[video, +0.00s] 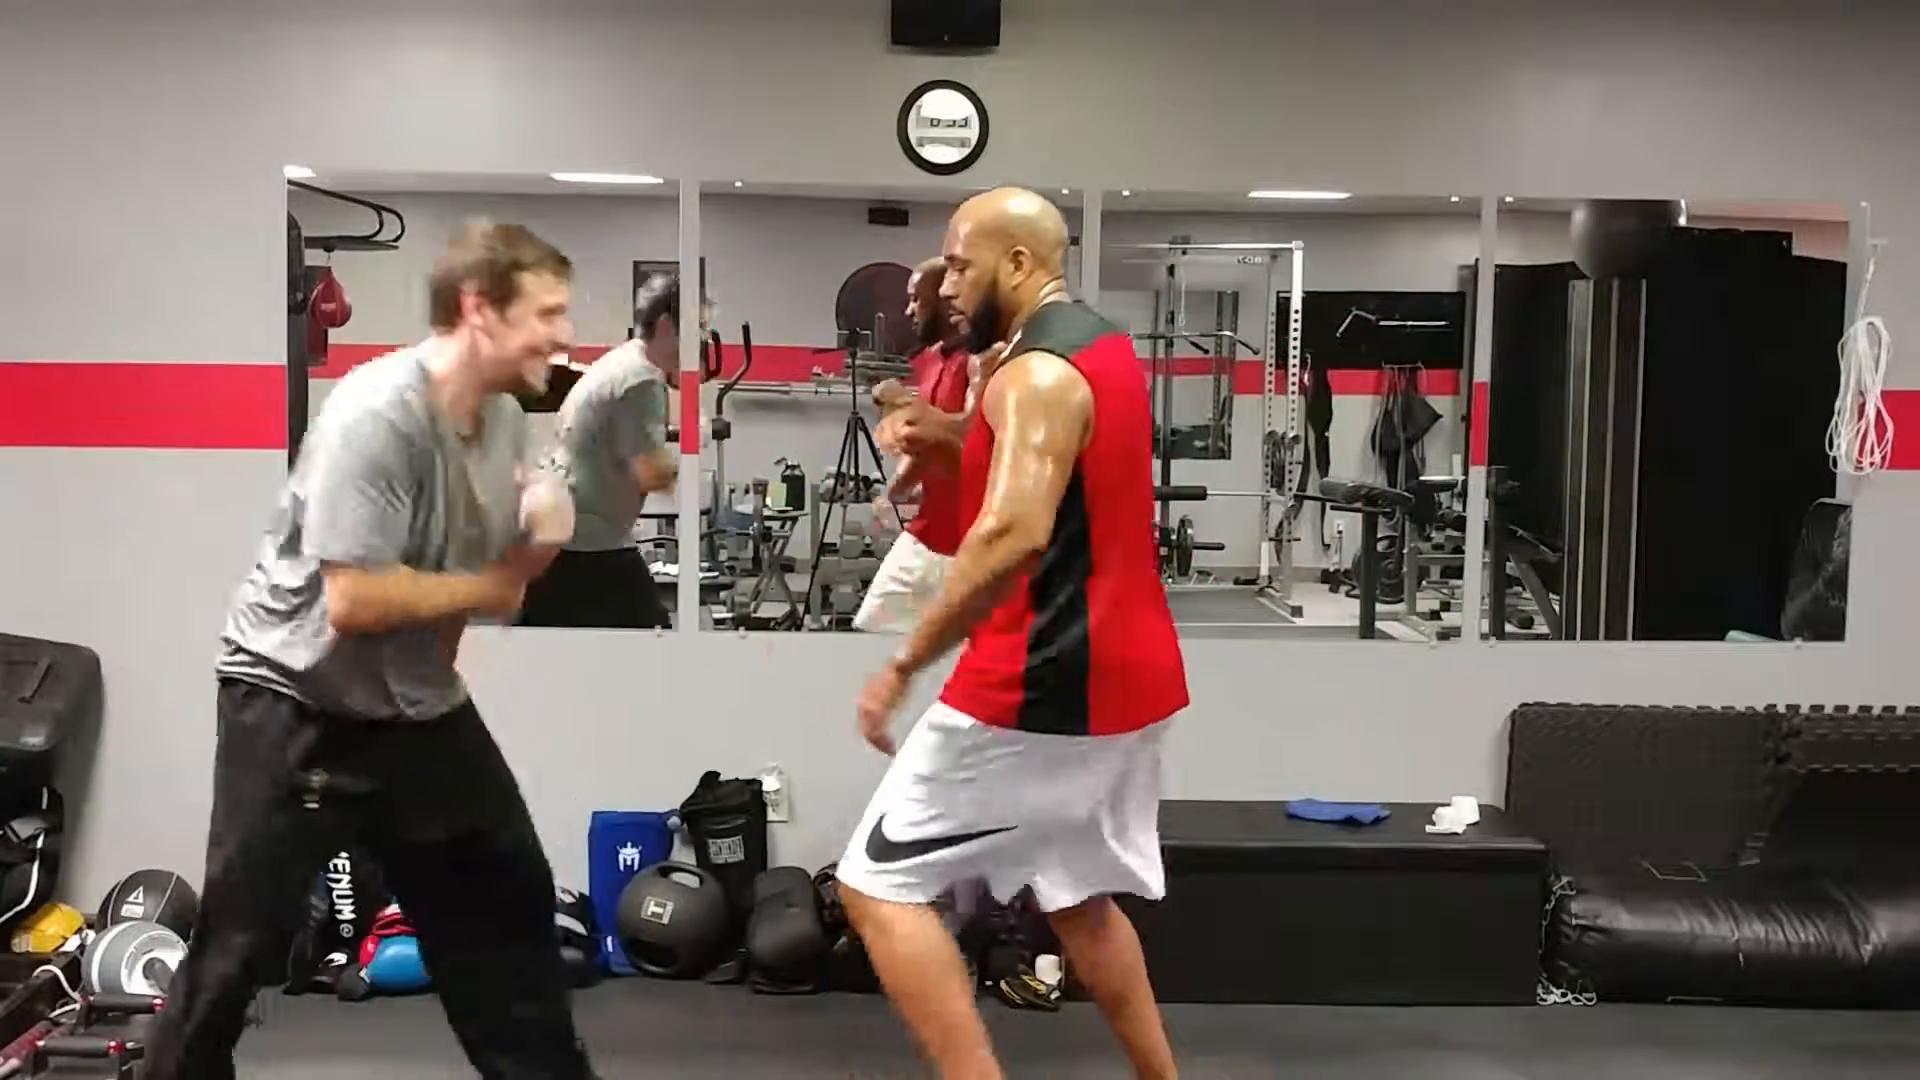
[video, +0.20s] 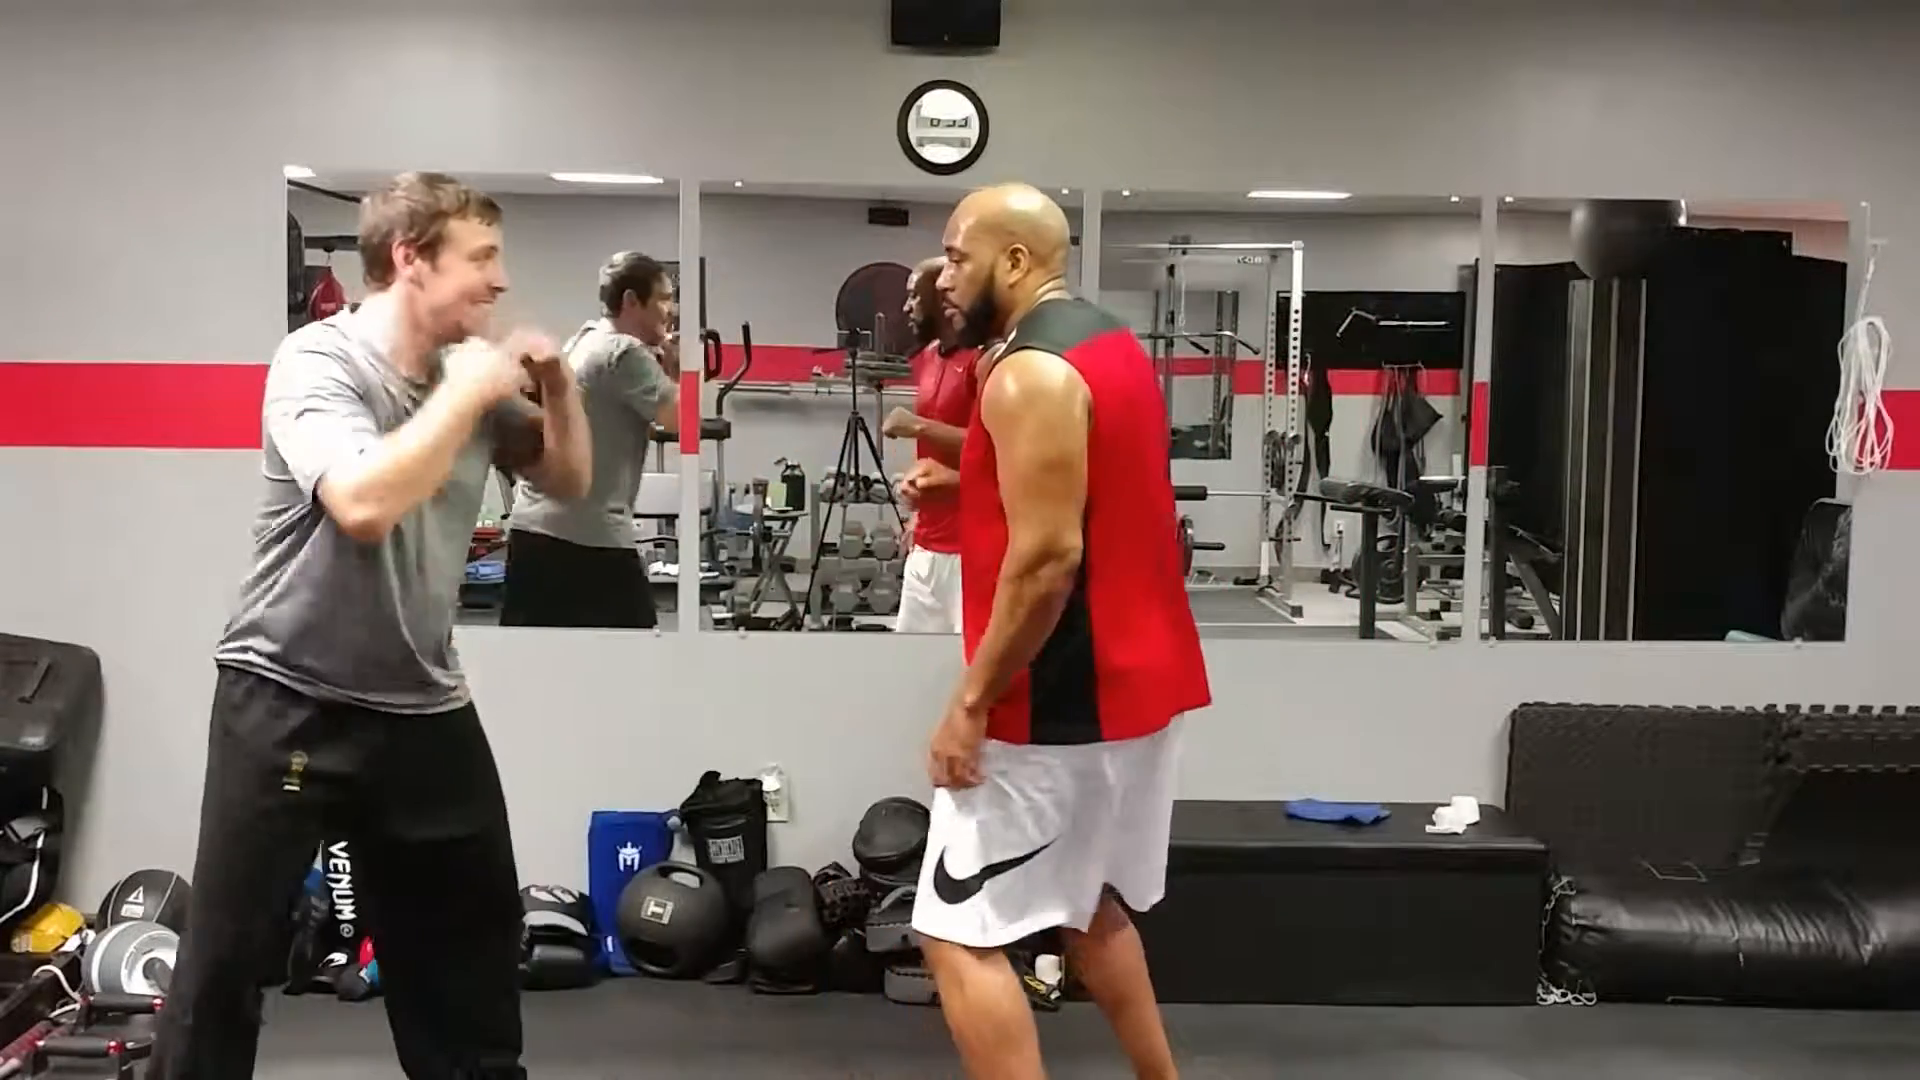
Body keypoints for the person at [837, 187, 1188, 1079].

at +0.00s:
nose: (945, 284)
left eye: (957, 264)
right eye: (945, 265)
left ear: (1017, 266)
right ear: (1034, 267)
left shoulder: (1038, 373)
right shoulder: (1104, 351)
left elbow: (1014, 530)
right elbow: (1070, 500)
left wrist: (904, 665)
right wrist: (952, 443)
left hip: (1035, 673)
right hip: (1129, 668)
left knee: (877, 885)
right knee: (1077, 892)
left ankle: (974, 1073)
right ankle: (1161, 1071)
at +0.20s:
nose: (947, 276)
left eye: (960, 258)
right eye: (949, 258)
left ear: (1016, 261)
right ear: (1035, 262)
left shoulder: (1031, 372)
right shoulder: (1110, 344)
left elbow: (1046, 560)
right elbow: (1098, 507)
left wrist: (968, 704)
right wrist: (969, 486)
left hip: (1049, 708)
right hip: (1134, 694)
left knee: (957, 933)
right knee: (1091, 907)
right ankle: (1160, 1071)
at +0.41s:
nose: (968, 265)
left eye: (981, 245)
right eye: (970, 246)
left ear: (1040, 251)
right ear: (1056, 254)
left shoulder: (1053, 358)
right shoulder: (1126, 335)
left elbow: (1045, 530)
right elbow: (1036, 479)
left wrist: (944, 674)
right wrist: (927, 434)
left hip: (1078, 699)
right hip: (1179, 688)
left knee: (999, 937)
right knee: (1148, 904)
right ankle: (1230, 1071)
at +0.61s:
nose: (1037, 266)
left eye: (1053, 249)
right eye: (1040, 248)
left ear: (1109, 260)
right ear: (1128, 263)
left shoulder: (1114, 355)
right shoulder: (1175, 339)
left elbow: (1023, 478)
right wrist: (976, 414)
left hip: (1108, 693)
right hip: (1221, 676)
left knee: (980, 914)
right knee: (1230, 913)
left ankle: (1030, 1074)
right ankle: (1321, 1073)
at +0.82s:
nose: (1052, 266)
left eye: (1066, 251)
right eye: (1060, 249)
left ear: (1111, 272)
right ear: (1162, 274)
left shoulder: (1050, 395)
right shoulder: (1237, 371)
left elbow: (974, 548)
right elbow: (1162, 491)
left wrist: (977, 442)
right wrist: (1011, 419)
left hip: (1088, 701)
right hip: (1227, 698)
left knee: (955, 921)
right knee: (1248, 935)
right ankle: (1321, 1076)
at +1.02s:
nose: (960, 311)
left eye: (971, 296)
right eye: (966, 294)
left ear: (1004, 311)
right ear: (1070, 315)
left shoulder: (960, 424)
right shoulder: (1136, 403)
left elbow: (845, 578)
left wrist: (848, 524)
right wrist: (918, 546)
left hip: (1036, 757)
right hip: (1176, 743)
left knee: (894, 983)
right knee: (1217, 946)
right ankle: (1309, 1073)